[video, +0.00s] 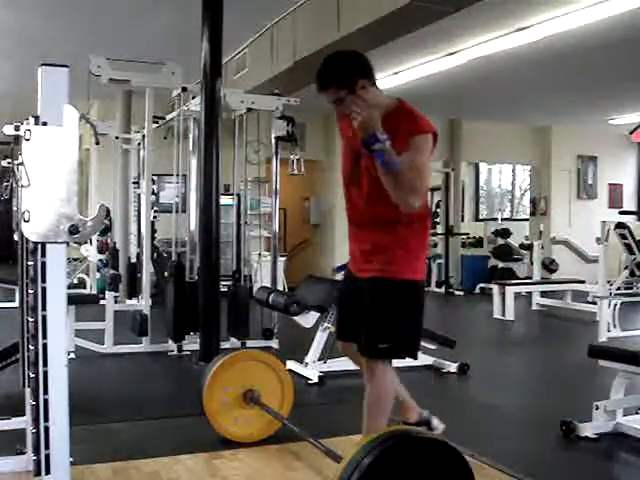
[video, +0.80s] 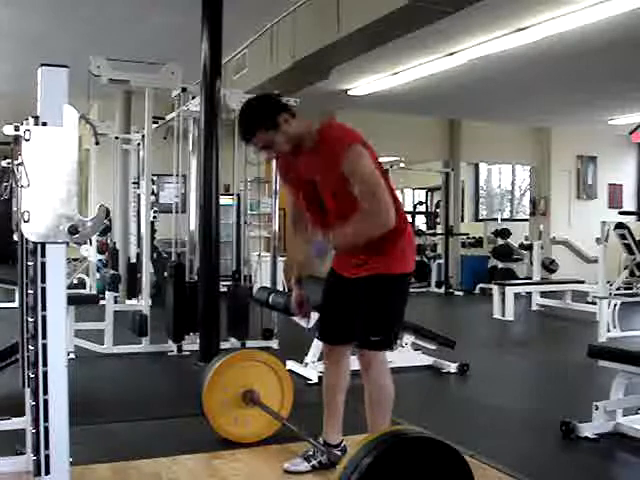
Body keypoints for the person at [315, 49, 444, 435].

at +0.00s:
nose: (339, 111)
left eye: (342, 100)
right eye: (333, 104)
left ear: (365, 86)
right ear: (332, 98)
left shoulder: (412, 126)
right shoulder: (349, 123)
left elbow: (411, 198)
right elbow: (362, 194)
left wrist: (374, 139)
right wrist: (356, 254)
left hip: (396, 265)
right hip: (362, 261)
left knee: (379, 357)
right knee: (352, 343)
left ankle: (370, 455)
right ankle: (414, 416)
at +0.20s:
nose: (320, 125)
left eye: (321, 114)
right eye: (314, 118)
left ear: (343, 98)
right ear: (333, 103)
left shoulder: (397, 125)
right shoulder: (339, 130)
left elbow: (390, 196)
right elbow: (351, 199)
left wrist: (357, 138)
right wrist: (351, 253)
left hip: (392, 268)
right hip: (354, 262)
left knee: (374, 358)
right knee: (338, 342)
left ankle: (370, 446)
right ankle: (373, 422)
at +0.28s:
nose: (314, 130)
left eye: (314, 119)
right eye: (308, 124)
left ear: (332, 101)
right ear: (324, 106)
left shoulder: (390, 126)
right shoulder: (339, 132)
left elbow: (382, 197)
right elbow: (347, 207)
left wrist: (345, 143)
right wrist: (345, 260)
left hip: (388, 270)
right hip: (350, 265)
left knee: (373, 360)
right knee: (340, 348)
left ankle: (372, 451)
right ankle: (344, 437)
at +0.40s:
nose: (307, 135)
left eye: (306, 125)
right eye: (300, 129)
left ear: (322, 105)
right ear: (313, 110)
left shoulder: (381, 130)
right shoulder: (335, 131)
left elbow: (371, 199)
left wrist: (334, 148)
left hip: (384, 269)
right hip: (346, 263)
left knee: (370, 362)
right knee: (337, 352)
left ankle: (370, 455)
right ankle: (333, 442)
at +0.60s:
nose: (287, 144)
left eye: (285, 134)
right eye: (281, 138)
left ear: (304, 112)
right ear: (302, 115)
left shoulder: (363, 131)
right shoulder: (319, 141)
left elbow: (373, 204)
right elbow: (321, 212)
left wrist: (322, 166)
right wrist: (308, 183)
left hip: (378, 265)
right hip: (339, 261)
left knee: (367, 358)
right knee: (329, 352)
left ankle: (369, 452)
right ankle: (331, 444)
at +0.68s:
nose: (283, 144)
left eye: (282, 135)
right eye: (277, 138)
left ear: (299, 112)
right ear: (295, 116)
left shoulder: (359, 133)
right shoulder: (312, 140)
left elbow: (377, 206)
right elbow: (316, 195)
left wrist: (319, 173)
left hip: (379, 262)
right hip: (340, 260)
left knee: (367, 357)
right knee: (329, 352)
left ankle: (370, 452)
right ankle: (331, 443)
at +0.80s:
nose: (271, 154)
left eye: (270, 145)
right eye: (264, 149)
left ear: (287, 120)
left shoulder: (343, 145)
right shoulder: (288, 161)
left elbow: (382, 216)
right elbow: (297, 223)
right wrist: (295, 280)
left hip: (387, 257)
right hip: (347, 258)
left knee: (371, 355)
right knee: (334, 350)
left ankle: (379, 452)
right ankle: (332, 444)